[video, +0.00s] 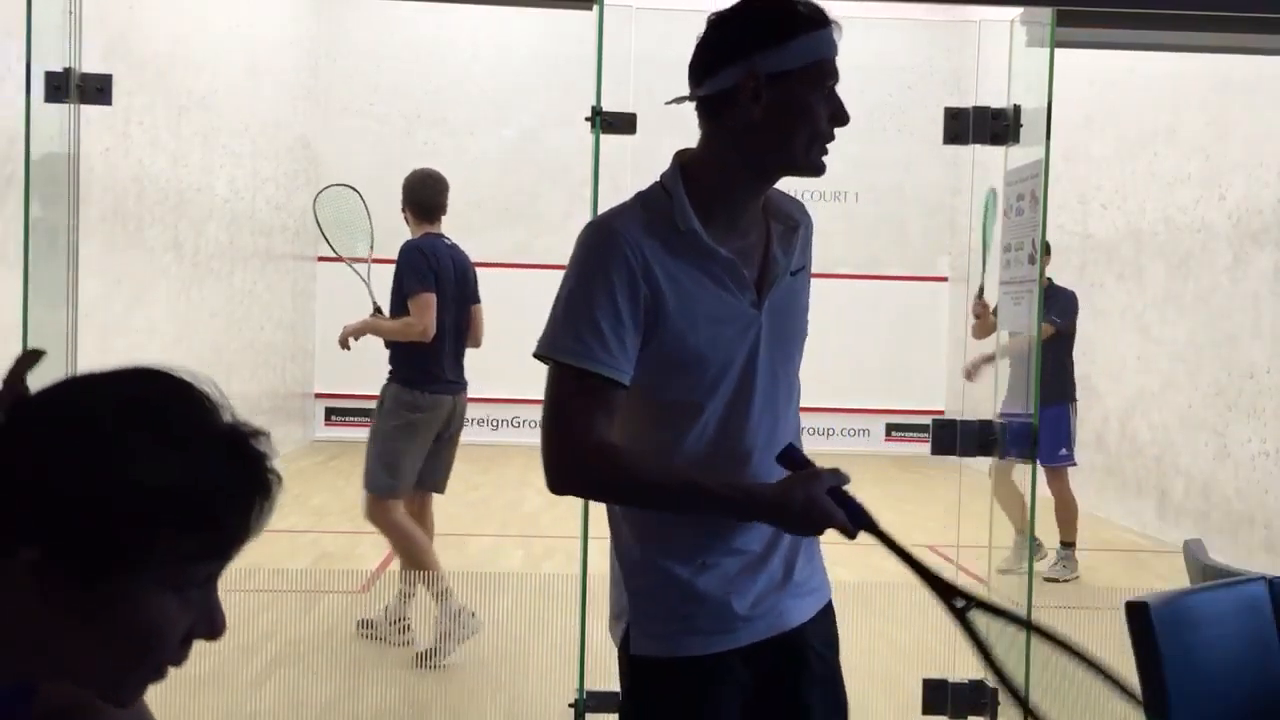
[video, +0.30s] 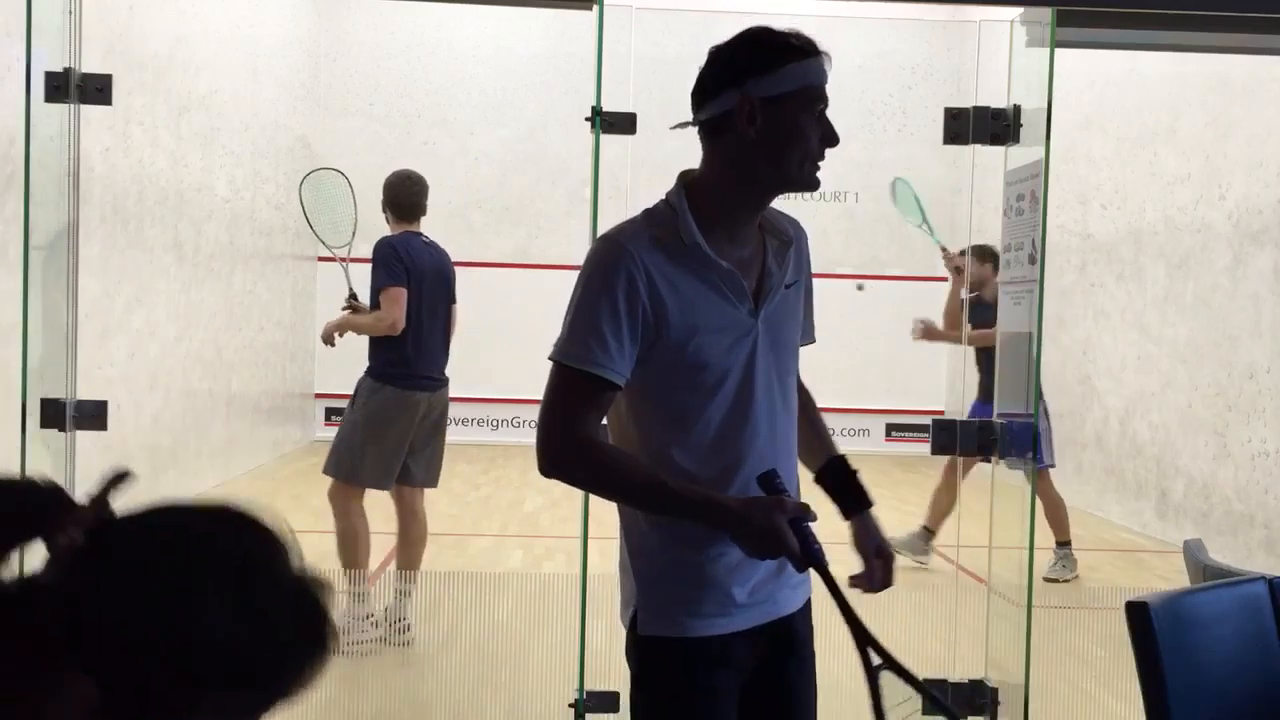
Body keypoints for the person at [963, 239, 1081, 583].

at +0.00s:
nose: (1025, 265)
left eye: (1032, 257)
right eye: (1019, 258)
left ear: (1045, 259)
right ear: (1011, 261)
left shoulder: (1062, 298)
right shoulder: (1014, 298)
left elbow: (1036, 337)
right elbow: (980, 333)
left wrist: (987, 358)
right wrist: (982, 316)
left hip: (1054, 403)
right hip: (1017, 401)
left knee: (1057, 479)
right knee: (1000, 477)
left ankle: (1067, 556)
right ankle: (1026, 542)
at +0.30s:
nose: (963, 277)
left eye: (969, 270)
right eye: (961, 271)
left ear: (989, 268)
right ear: (966, 271)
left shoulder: (1016, 299)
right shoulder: (972, 302)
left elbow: (1003, 336)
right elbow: (952, 329)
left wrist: (941, 335)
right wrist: (955, 281)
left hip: (1023, 404)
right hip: (987, 402)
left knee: (1041, 481)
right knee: (953, 470)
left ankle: (1065, 554)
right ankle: (924, 539)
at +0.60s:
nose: (858, 306)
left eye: (862, 299)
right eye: (856, 300)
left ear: (882, 295)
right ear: (875, 299)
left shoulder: (921, 316)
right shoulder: (879, 327)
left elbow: (915, 365)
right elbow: (851, 354)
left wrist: (891, 392)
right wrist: (882, 356)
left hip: (952, 413)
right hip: (922, 413)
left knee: (977, 494)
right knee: (876, 464)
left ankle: (1039, 545)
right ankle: (871, 545)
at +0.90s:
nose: (794, 287)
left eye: (796, 281)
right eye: (795, 281)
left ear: (803, 280)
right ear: (826, 277)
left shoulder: (815, 312)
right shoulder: (851, 298)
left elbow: (801, 369)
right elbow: (884, 303)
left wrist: (766, 394)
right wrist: (903, 299)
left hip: (871, 396)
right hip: (879, 392)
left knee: (839, 469)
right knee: (857, 469)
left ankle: (885, 530)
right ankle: (870, 540)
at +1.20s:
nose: (743, 267)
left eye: (745, 263)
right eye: (745, 263)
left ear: (752, 267)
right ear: (780, 268)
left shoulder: (742, 302)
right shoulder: (801, 296)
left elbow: (725, 355)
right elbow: (853, 284)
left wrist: (712, 396)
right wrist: (869, 247)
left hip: (771, 402)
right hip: (810, 399)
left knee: (742, 469)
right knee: (823, 468)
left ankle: (726, 547)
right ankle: (857, 540)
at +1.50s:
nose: (701, 242)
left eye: (706, 237)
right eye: (704, 236)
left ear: (720, 244)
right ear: (733, 246)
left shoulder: (704, 278)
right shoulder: (762, 277)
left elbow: (704, 329)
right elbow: (812, 295)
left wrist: (687, 365)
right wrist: (795, 305)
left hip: (717, 382)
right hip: (754, 384)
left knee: (695, 465)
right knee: (732, 466)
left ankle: (678, 544)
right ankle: (721, 546)